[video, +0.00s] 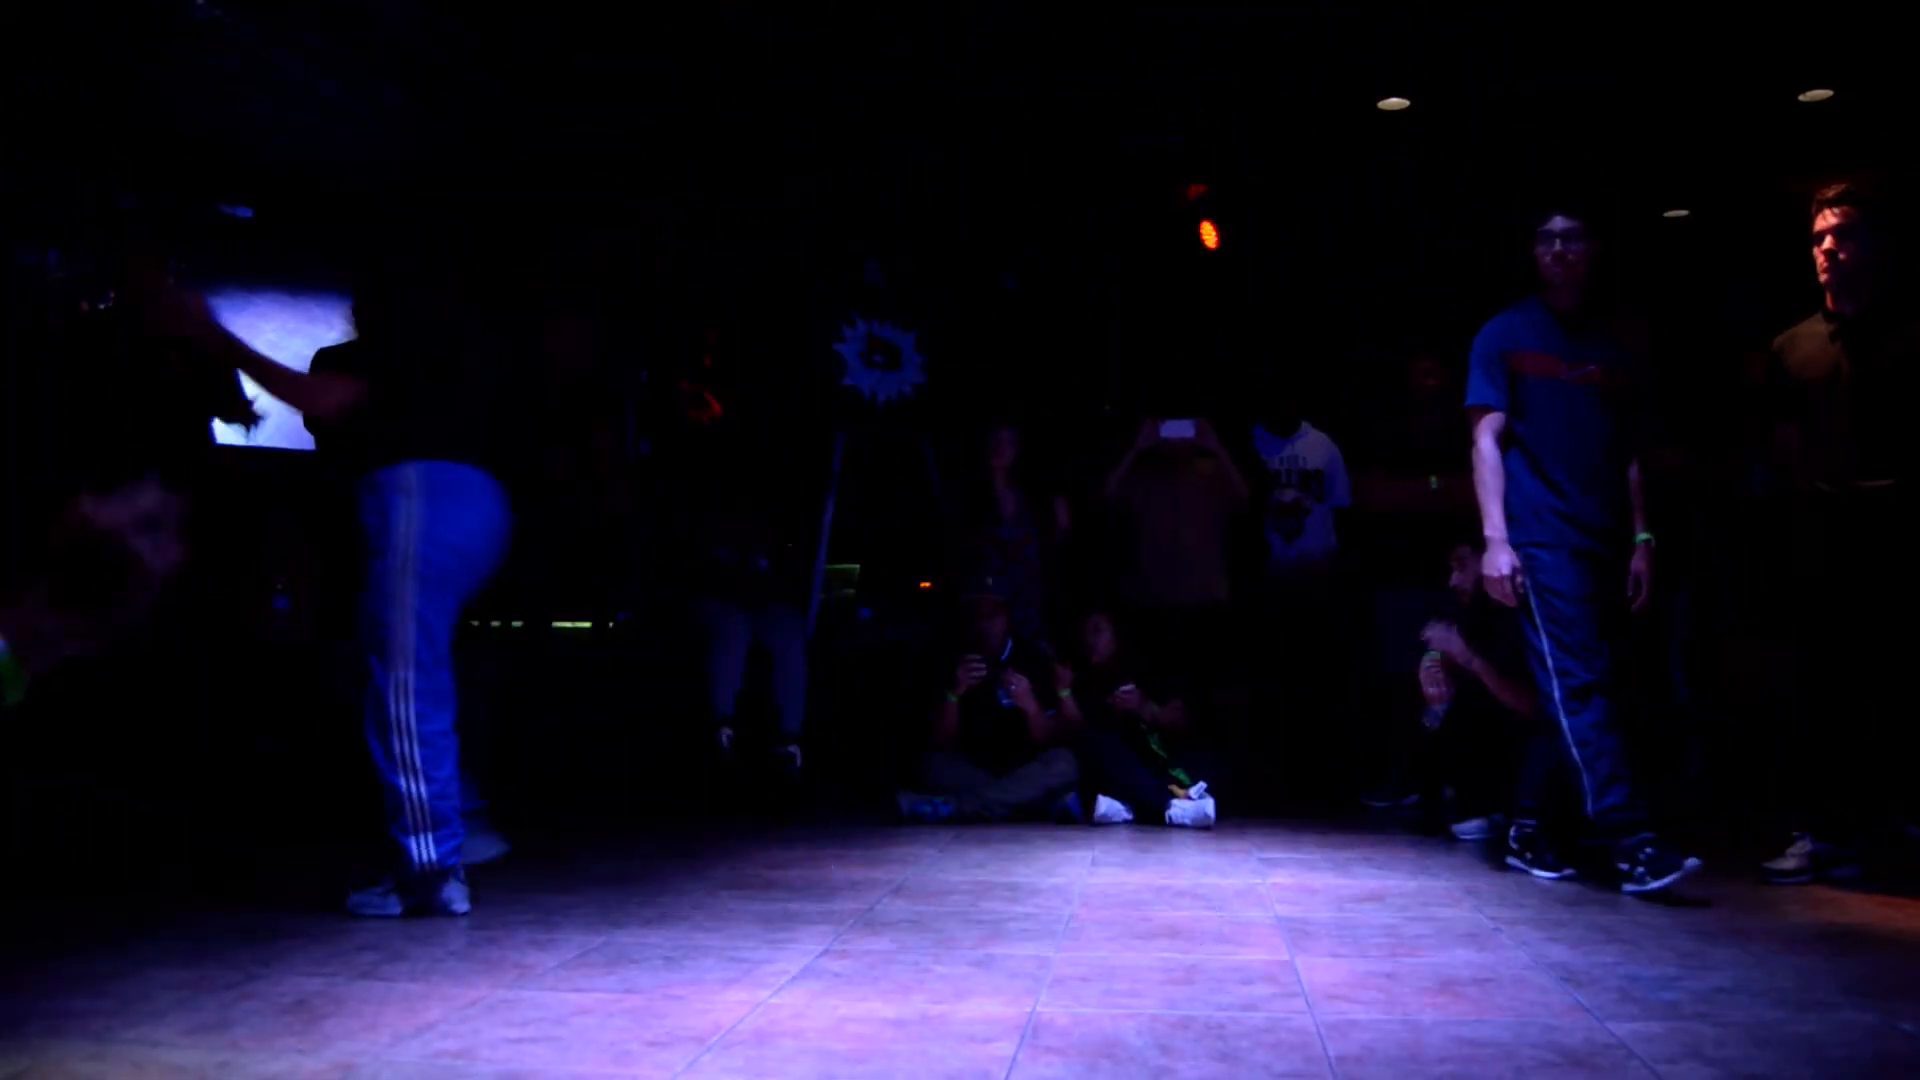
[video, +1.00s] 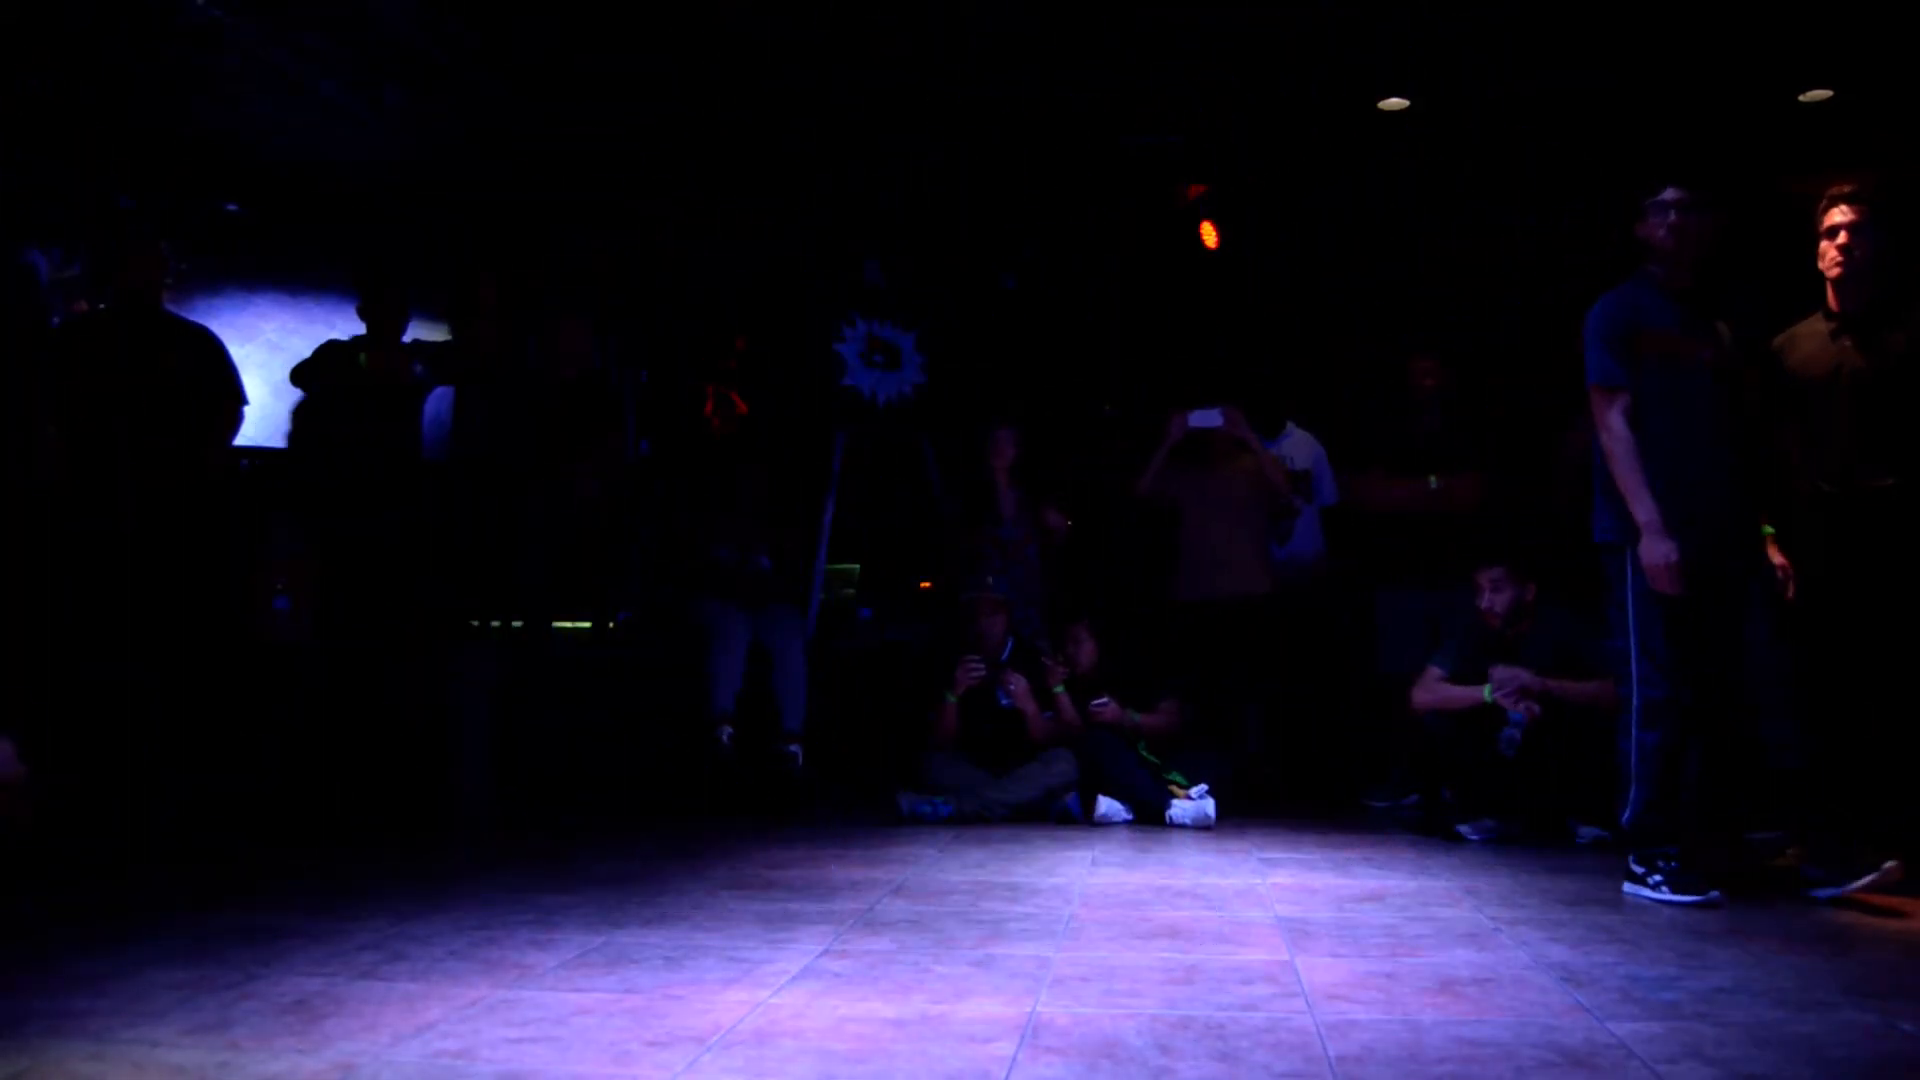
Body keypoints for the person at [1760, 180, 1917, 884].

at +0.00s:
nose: (1828, 251)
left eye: (1844, 237)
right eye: (1820, 239)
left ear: (1875, 251)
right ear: (1812, 255)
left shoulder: (1908, 337)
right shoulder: (1793, 348)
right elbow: (1771, 450)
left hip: (1896, 537)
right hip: (1813, 536)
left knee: (1898, 681)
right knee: (1817, 681)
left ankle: (1900, 832)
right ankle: (1820, 828)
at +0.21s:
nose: (1828, 250)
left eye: (1844, 236)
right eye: (1820, 238)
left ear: (1877, 251)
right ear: (1813, 254)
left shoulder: (1909, 341)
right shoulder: (1791, 349)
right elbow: (1763, 455)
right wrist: (1766, 528)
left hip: (1896, 538)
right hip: (1810, 537)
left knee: (1895, 682)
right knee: (1816, 681)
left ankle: (1903, 833)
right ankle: (1816, 829)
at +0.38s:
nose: (1829, 251)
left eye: (1845, 237)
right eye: (1820, 239)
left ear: (1878, 251)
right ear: (1812, 255)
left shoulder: (1910, 340)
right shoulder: (1793, 349)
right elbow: (1766, 453)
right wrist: (1768, 529)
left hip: (1898, 538)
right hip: (1813, 538)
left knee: (1896, 683)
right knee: (1816, 683)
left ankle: (1902, 834)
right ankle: (1817, 829)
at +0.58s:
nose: (1830, 248)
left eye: (1846, 235)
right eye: (1822, 237)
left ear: (1880, 250)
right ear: (1815, 254)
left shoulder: (1910, 341)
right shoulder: (1791, 349)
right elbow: (1756, 452)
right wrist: (1746, 531)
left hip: (1901, 542)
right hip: (1813, 542)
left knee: (1897, 686)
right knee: (1818, 686)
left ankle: (1899, 833)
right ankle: (1820, 830)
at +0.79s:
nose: (1835, 248)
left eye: (1851, 235)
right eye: (1825, 236)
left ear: (1882, 249)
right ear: (1816, 253)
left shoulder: (1911, 341)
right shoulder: (1789, 350)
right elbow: (1747, 450)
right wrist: (1747, 527)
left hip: (1901, 544)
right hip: (1814, 545)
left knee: (1899, 689)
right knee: (1818, 690)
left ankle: (1904, 835)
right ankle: (1819, 833)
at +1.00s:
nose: (1841, 244)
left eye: (1856, 232)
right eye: (1831, 233)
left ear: (1880, 249)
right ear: (1817, 252)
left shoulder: (1909, 337)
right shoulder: (1790, 349)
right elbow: (1762, 453)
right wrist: (1771, 538)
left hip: (1906, 542)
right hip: (1822, 548)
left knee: (1905, 694)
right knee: (1834, 697)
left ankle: (1901, 847)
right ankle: (1840, 848)